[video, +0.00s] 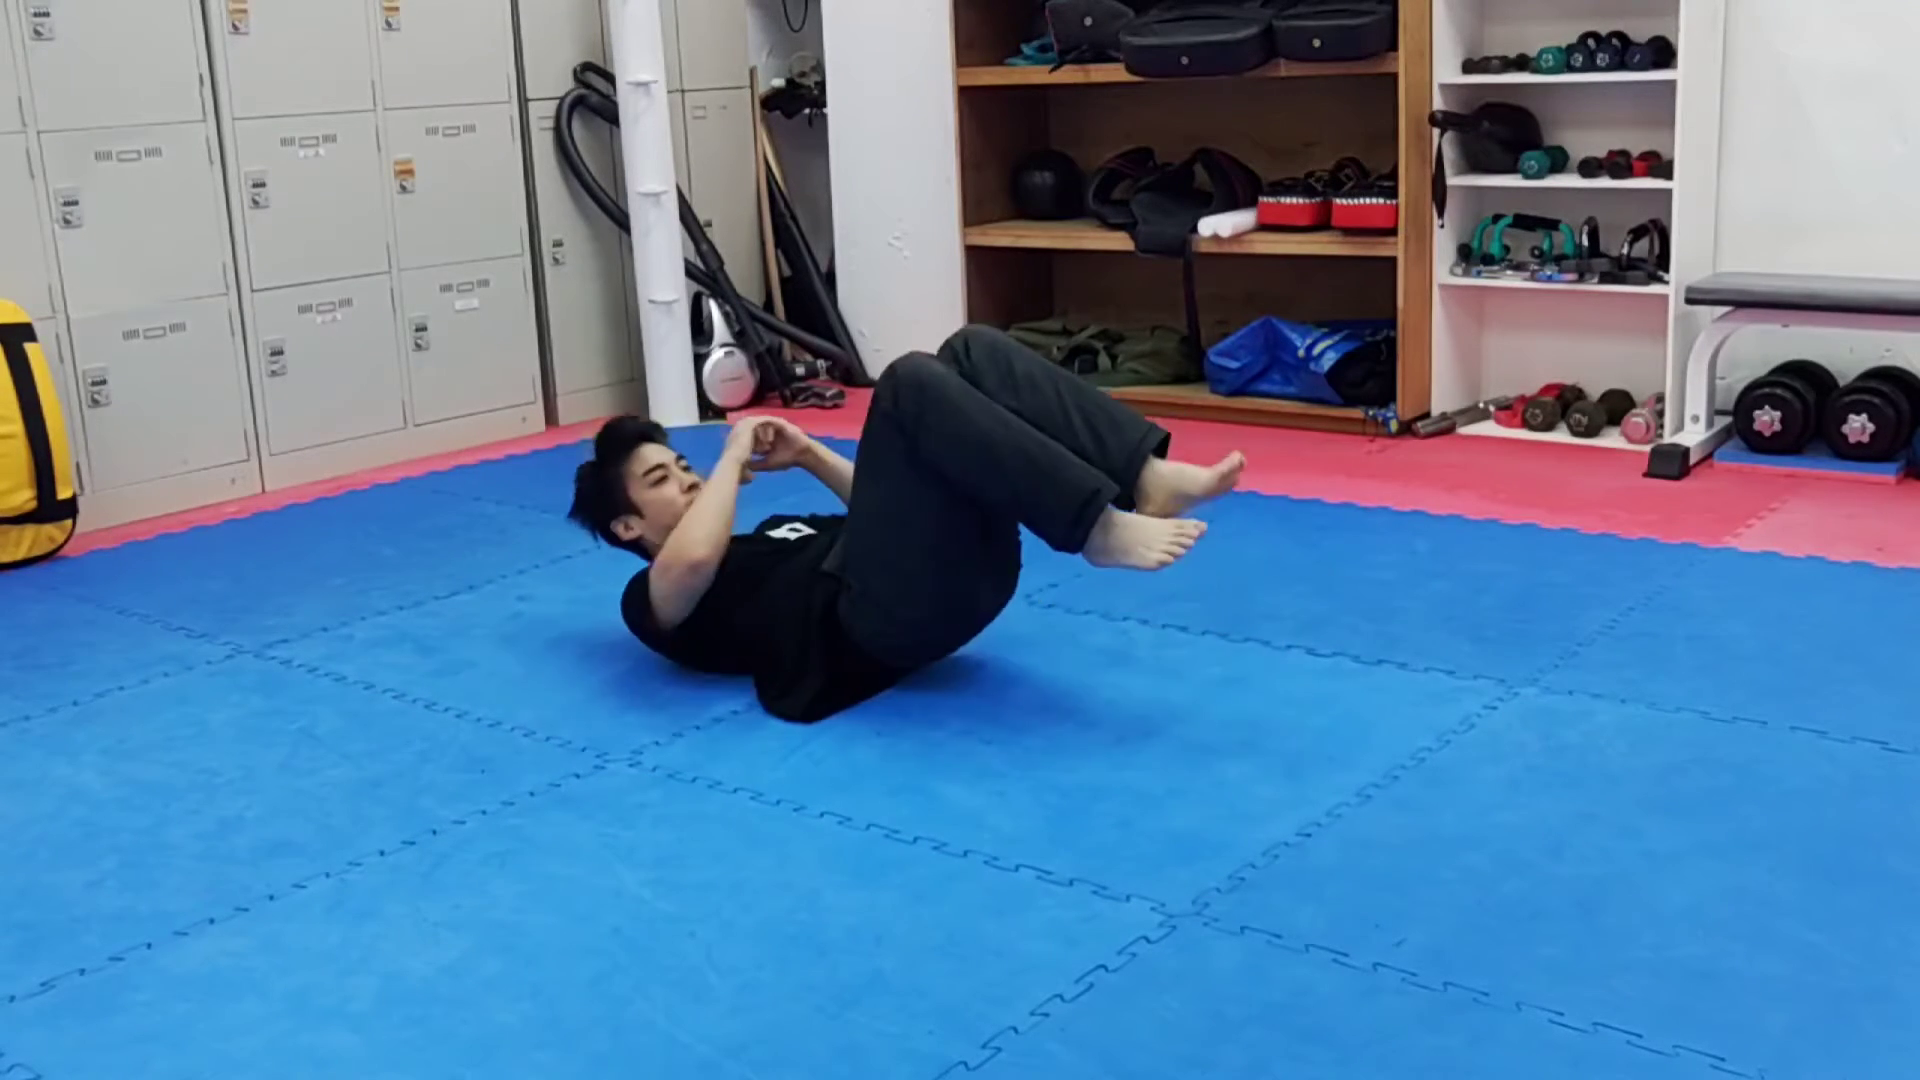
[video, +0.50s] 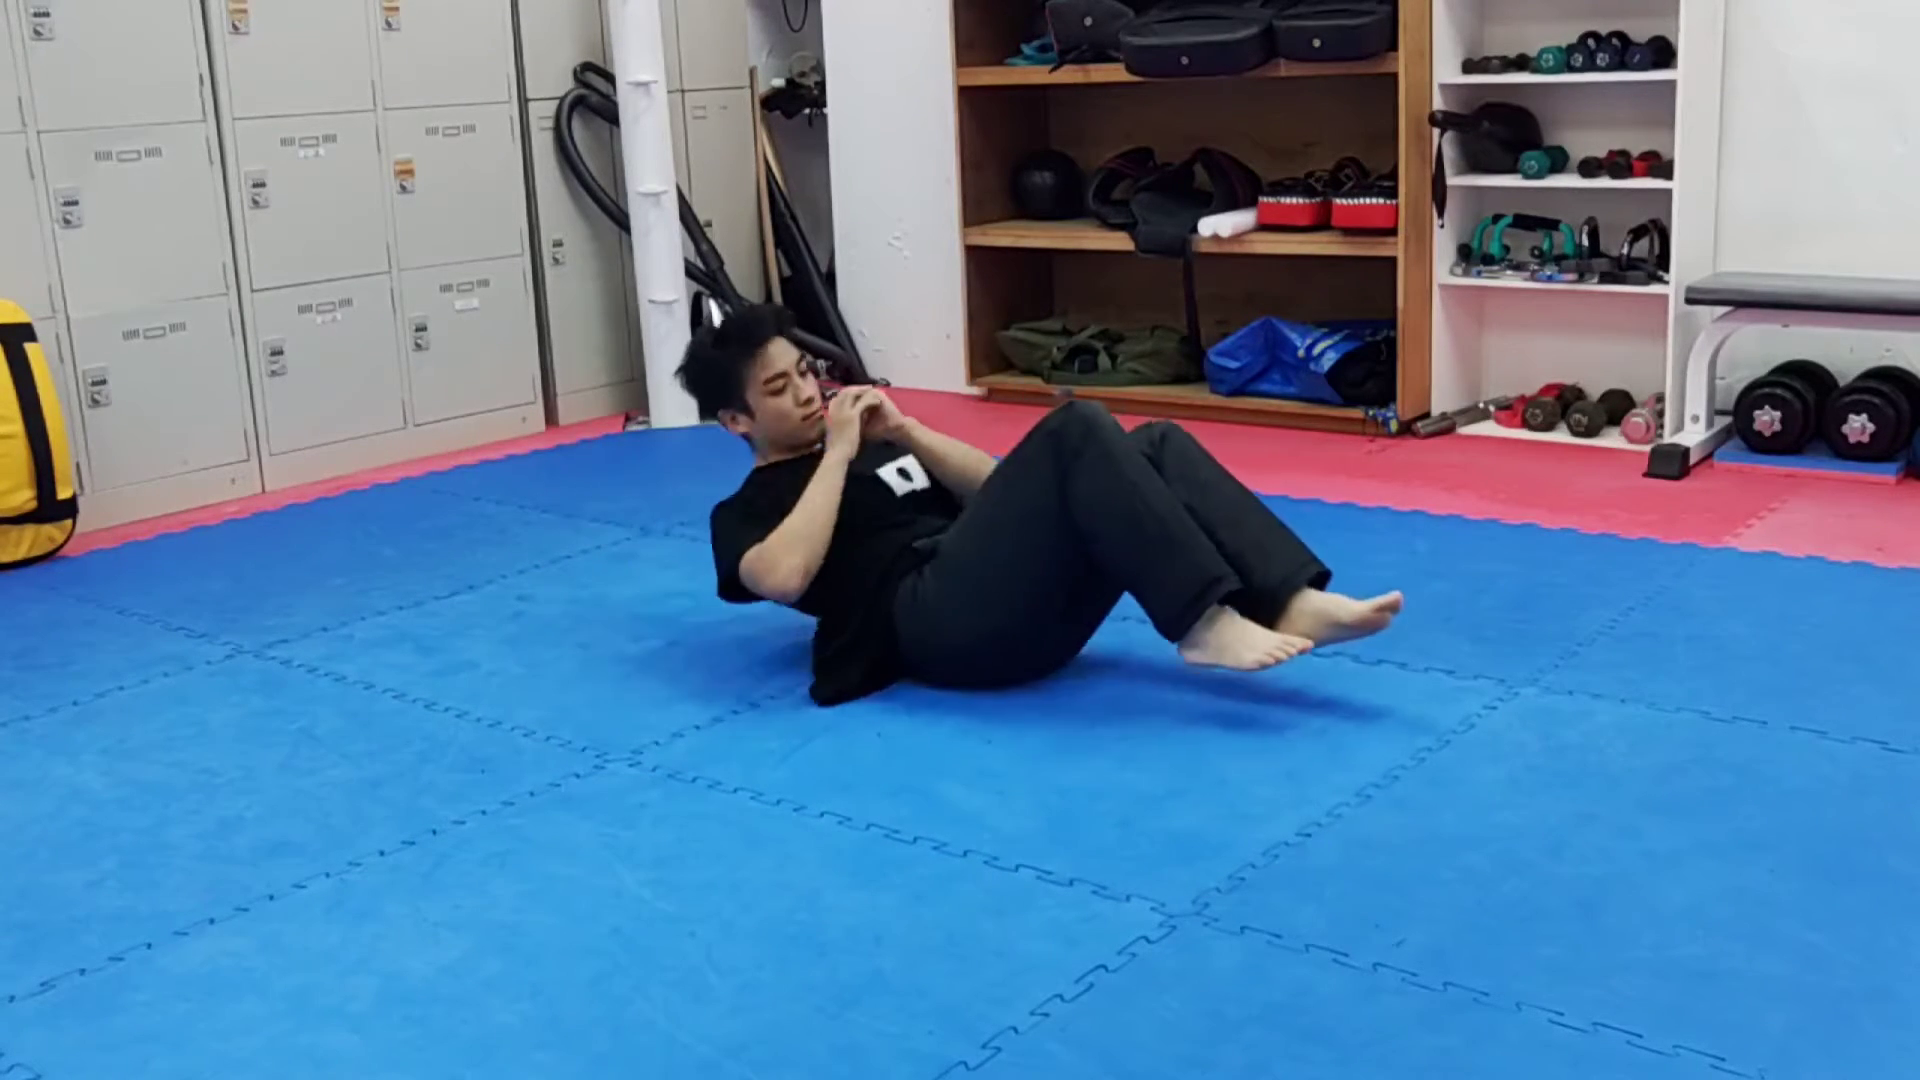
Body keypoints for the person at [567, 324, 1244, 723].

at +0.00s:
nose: (687, 482)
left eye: (684, 469)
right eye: (660, 480)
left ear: (696, 474)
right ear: (626, 529)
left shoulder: (776, 531)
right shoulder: (650, 601)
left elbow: (891, 515)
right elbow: (694, 560)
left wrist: (811, 459)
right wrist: (732, 457)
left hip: (943, 584)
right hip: (877, 626)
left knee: (974, 350)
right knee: (906, 386)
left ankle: (1145, 476)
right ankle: (1092, 528)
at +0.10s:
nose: (718, 469)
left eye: (713, 457)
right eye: (692, 465)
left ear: (719, 470)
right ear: (648, 508)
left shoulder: (767, 537)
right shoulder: (662, 586)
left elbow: (897, 534)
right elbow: (743, 537)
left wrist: (843, 474)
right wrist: (784, 454)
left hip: (954, 593)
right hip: (901, 629)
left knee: (998, 373)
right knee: (929, 413)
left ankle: (1165, 500)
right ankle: (1119, 546)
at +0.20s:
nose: (747, 443)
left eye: (743, 430)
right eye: (722, 437)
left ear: (751, 445)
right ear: (677, 477)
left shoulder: (788, 520)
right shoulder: (676, 551)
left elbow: (914, 546)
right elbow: (776, 529)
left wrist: (866, 477)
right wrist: (812, 458)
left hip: (983, 618)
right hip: (918, 645)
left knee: (1045, 406)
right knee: (971, 425)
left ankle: (1204, 549)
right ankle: (1143, 587)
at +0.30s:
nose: (785, 416)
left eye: (783, 401)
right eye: (758, 407)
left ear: (787, 417)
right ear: (707, 441)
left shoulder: (817, 497)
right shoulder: (699, 518)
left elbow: (942, 543)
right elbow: (782, 534)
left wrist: (889, 465)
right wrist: (834, 450)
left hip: (998, 621)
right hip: (925, 642)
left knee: (1103, 433)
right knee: (1018, 431)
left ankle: (1244, 592)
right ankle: (1167, 617)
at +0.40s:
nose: (807, 395)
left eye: (806, 377)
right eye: (780, 386)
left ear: (816, 386)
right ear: (731, 420)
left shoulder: (855, 467)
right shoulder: (724, 504)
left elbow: (973, 512)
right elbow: (776, 552)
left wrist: (907, 445)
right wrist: (842, 445)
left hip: (1016, 617)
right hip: (937, 638)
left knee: (1136, 439)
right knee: (1051, 428)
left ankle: (1275, 602)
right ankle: (1183, 622)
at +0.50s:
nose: (806, 392)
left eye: (806, 372)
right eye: (778, 389)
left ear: (822, 371)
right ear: (738, 422)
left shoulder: (877, 443)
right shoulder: (748, 507)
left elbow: (1000, 485)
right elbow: (779, 575)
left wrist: (909, 431)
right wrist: (840, 453)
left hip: (1028, 610)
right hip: (947, 631)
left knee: (1160, 444)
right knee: (1075, 427)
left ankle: (1293, 599)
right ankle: (1204, 624)